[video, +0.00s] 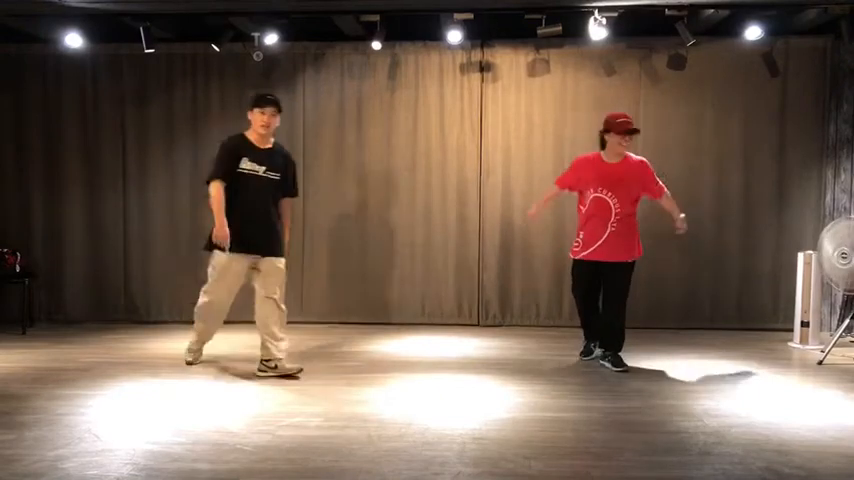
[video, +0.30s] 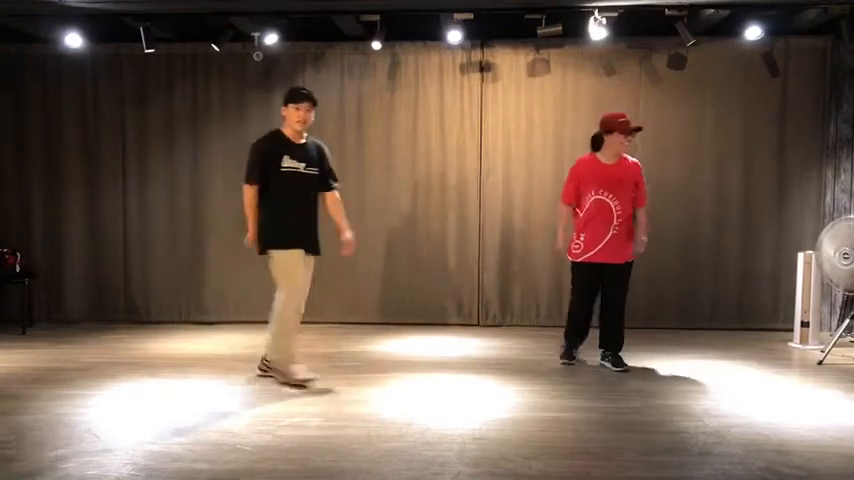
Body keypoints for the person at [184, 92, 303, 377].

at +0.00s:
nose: (267, 119)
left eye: (273, 114)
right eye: (262, 113)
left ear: (278, 120)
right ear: (250, 116)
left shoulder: (283, 159)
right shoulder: (233, 147)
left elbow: (285, 201)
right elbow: (216, 184)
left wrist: (285, 238)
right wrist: (220, 223)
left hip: (270, 241)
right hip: (235, 239)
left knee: (272, 302)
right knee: (214, 299)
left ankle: (271, 358)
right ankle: (198, 341)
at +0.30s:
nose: (304, 116)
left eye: (309, 111)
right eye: (298, 110)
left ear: (313, 115)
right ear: (284, 111)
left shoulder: (316, 150)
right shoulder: (265, 146)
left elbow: (330, 192)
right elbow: (251, 187)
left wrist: (344, 227)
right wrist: (252, 228)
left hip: (306, 235)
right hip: (277, 234)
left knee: (294, 299)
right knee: (292, 295)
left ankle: (273, 358)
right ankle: (281, 362)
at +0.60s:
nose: (344, 119)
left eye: (349, 113)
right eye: (337, 112)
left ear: (354, 118)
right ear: (325, 115)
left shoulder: (357, 154)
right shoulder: (312, 154)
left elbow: (371, 197)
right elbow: (303, 201)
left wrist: (387, 229)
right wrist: (306, 246)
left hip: (350, 244)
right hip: (327, 245)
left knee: (320, 304)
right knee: (347, 307)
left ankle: (282, 351)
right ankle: (366, 372)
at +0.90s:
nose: (402, 111)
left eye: (407, 106)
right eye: (396, 104)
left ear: (410, 111)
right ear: (381, 105)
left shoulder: (406, 148)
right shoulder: (366, 142)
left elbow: (411, 194)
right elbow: (367, 191)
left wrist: (413, 233)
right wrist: (386, 235)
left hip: (403, 239)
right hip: (372, 242)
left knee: (424, 292)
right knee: (372, 309)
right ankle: (369, 372)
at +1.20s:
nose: (464, 111)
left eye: (469, 107)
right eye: (458, 104)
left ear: (472, 112)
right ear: (443, 105)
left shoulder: (464, 152)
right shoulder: (428, 142)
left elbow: (463, 201)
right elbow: (429, 192)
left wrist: (465, 241)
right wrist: (450, 235)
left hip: (461, 246)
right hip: (429, 246)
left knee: (470, 315)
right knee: (409, 314)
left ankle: (485, 379)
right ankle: (380, 366)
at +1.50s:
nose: (536, 112)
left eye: (538, 106)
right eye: (532, 104)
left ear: (524, 106)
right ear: (512, 101)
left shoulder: (525, 143)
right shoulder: (488, 140)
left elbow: (539, 194)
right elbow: (478, 193)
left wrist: (561, 231)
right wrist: (477, 242)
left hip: (519, 240)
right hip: (500, 242)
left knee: (500, 312)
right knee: (528, 305)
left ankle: (486, 378)